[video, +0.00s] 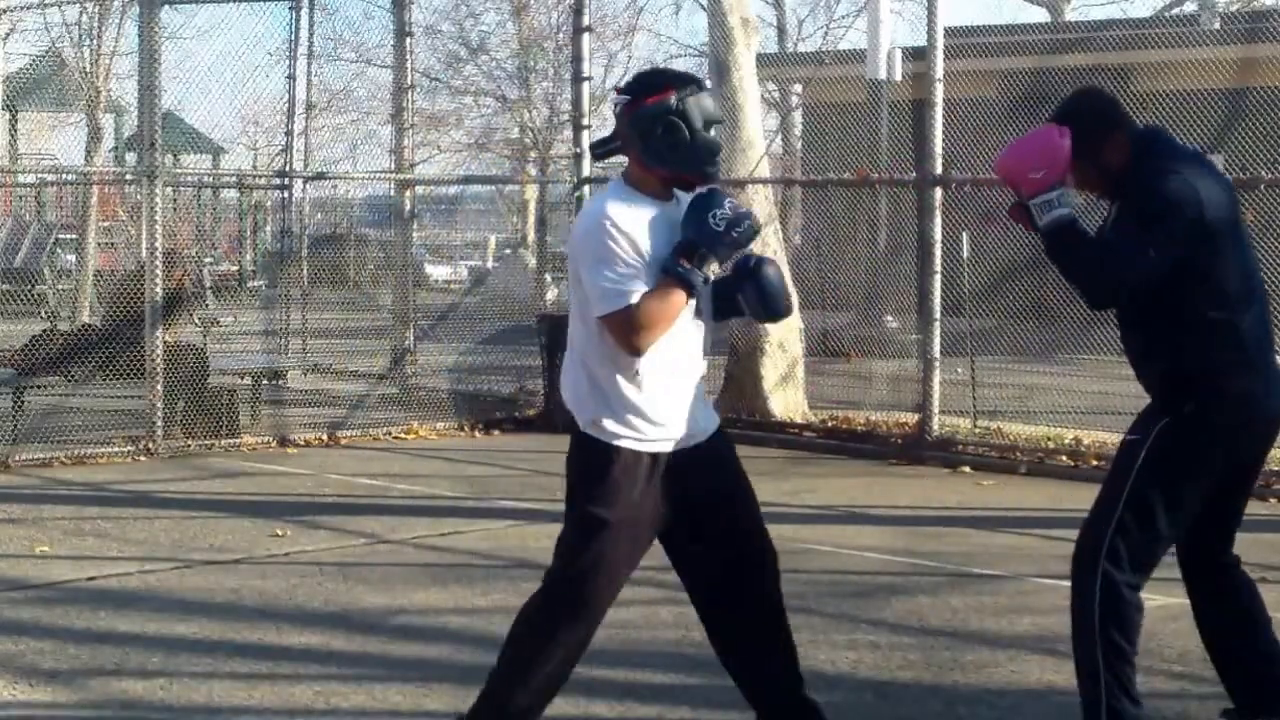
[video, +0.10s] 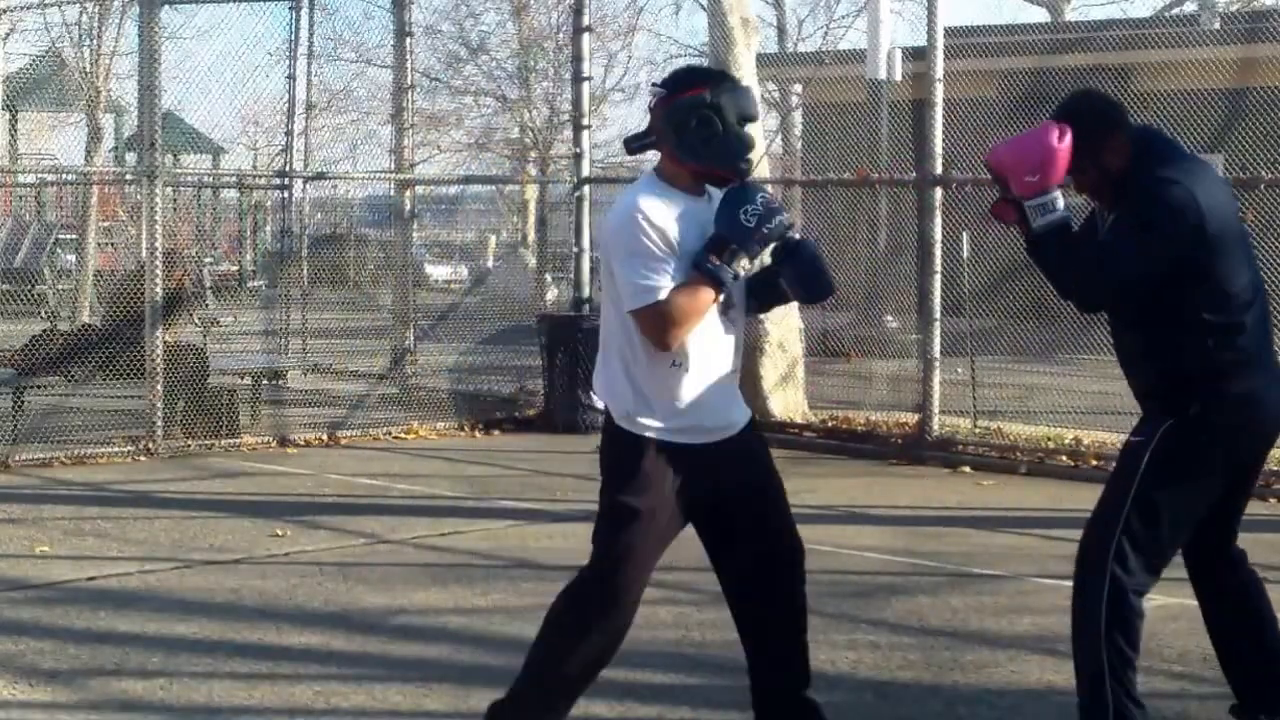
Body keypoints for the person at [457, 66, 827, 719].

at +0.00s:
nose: (685, 176)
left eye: (689, 163)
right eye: (673, 159)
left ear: (656, 151)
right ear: (649, 154)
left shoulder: (685, 208)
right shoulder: (605, 221)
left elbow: (676, 305)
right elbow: (633, 333)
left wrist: (735, 297)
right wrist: (695, 259)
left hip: (693, 435)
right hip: (621, 445)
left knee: (746, 585)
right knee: (574, 604)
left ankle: (789, 711)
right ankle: (495, 714)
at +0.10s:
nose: (741, 139)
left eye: (739, 127)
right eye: (727, 128)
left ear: (677, 133)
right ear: (701, 134)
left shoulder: (728, 206)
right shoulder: (636, 214)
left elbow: (723, 305)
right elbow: (664, 329)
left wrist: (778, 285)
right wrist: (726, 254)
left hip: (727, 433)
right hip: (648, 440)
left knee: (774, 581)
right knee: (609, 598)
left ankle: (788, 712)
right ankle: (519, 715)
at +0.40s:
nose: (857, 185)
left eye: (858, 170)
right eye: (841, 175)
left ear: (859, 169)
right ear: (800, 180)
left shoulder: (879, 229)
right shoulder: (745, 252)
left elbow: (974, 225)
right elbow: (738, 363)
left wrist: (1050, 184)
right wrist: (810, 302)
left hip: (831, 457)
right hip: (737, 459)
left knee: (897, 590)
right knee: (685, 592)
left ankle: (933, 713)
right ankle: (587, 708)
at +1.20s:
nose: (895, 126)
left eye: (895, 114)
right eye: (881, 114)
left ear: (886, 117)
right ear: (834, 119)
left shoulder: (914, 196)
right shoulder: (777, 197)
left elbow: (961, 276)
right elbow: (782, 298)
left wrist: (927, 277)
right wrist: (851, 235)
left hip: (890, 422)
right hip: (798, 422)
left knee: (903, 589)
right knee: (762, 588)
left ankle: (923, 715)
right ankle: (721, 713)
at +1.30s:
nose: (872, 126)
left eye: (873, 113)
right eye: (857, 114)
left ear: (874, 115)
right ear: (814, 119)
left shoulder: (896, 196)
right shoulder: (761, 203)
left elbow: (952, 274)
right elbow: (761, 305)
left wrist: (909, 278)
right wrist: (833, 237)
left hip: (882, 428)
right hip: (788, 430)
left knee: (905, 599)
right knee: (755, 602)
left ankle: (923, 713)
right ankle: (721, 714)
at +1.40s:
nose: (847, 127)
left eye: (849, 113)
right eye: (829, 115)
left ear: (852, 117)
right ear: (784, 124)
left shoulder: (878, 194)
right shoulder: (743, 209)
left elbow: (920, 273)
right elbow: (736, 316)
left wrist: (890, 281)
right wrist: (803, 248)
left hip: (873, 428)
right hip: (777, 434)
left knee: (912, 594)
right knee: (746, 601)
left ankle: (933, 708)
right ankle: (722, 713)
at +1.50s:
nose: (847, 123)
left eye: (848, 109)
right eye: (828, 111)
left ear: (851, 117)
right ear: (783, 122)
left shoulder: (877, 195)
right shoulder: (744, 209)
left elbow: (916, 298)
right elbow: (748, 310)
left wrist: (928, 263)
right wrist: (801, 242)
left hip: (874, 427)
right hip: (779, 435)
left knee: (908, 589)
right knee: (748, 597)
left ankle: (940, 712)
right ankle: (721, 715)